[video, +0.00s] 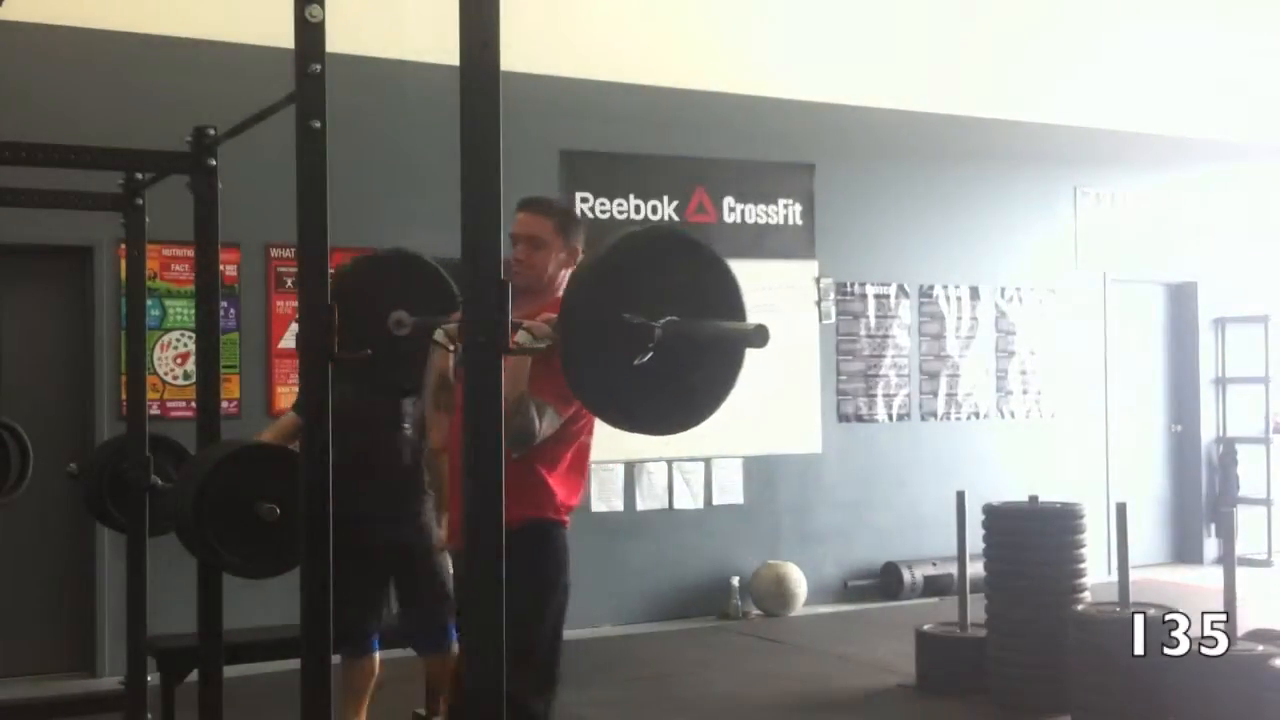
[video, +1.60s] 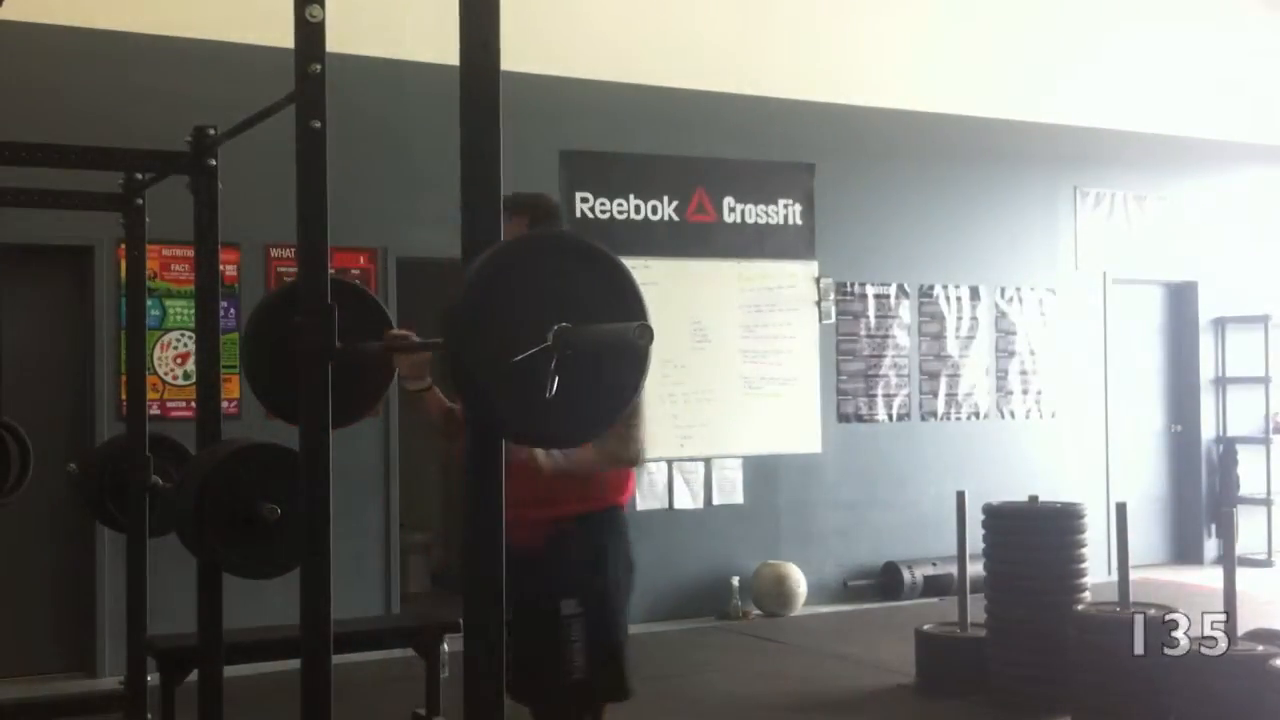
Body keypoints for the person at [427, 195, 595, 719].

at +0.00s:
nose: (517, 253)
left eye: (534, 244)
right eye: (513, 241)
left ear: (569, 258)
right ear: (505, 246)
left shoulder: (573, 328)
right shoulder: (490, 320)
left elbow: (522, 432)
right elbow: (438, 428)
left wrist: (519, 347)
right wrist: (444, 342)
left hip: (530, 529)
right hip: (473, 527)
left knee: (523, 685)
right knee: (476, 679)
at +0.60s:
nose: (443, 250)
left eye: (459, 243)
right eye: (451, 241)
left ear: (494, 262)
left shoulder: (501, 343)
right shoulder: (444, 342)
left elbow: (445, 442)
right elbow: (389, 450)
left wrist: (467, 328)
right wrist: (384, 357)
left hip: (469, 552)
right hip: (430, 552)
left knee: (465, 703)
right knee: (435, 701)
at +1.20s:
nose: (438, 259)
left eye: (445, 245)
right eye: (442, 244)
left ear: (467, 250)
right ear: (485, 251)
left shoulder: (517, 331)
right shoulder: (469, 335)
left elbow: (509, 456)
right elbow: (446, 437)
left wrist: (457, 377)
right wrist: (392, 386)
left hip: (515, 538)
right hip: (476, 537)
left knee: (538, 699)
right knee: (477, 698)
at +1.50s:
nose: (495, 266)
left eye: (507, 249)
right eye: (484, 251)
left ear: (537, 250)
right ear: (481, 262)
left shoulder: (581, 326)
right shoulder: (490, 334)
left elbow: (591, 449)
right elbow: (455, 430)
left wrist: (498, 415)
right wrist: (406, 380)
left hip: (575, 523)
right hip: (502, 522)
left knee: (574, 688)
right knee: (515, 683)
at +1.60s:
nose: (508, 263)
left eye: (521, 248)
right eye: (500, 249)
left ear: (553, 248)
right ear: (495, 256)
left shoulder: (600, 340)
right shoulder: (501, 335)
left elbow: (627, 447)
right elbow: (467, 433)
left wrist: (552, 457)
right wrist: (417, 381)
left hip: (582, 526)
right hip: (512, 526)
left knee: (582, 694)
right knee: (533, 690)